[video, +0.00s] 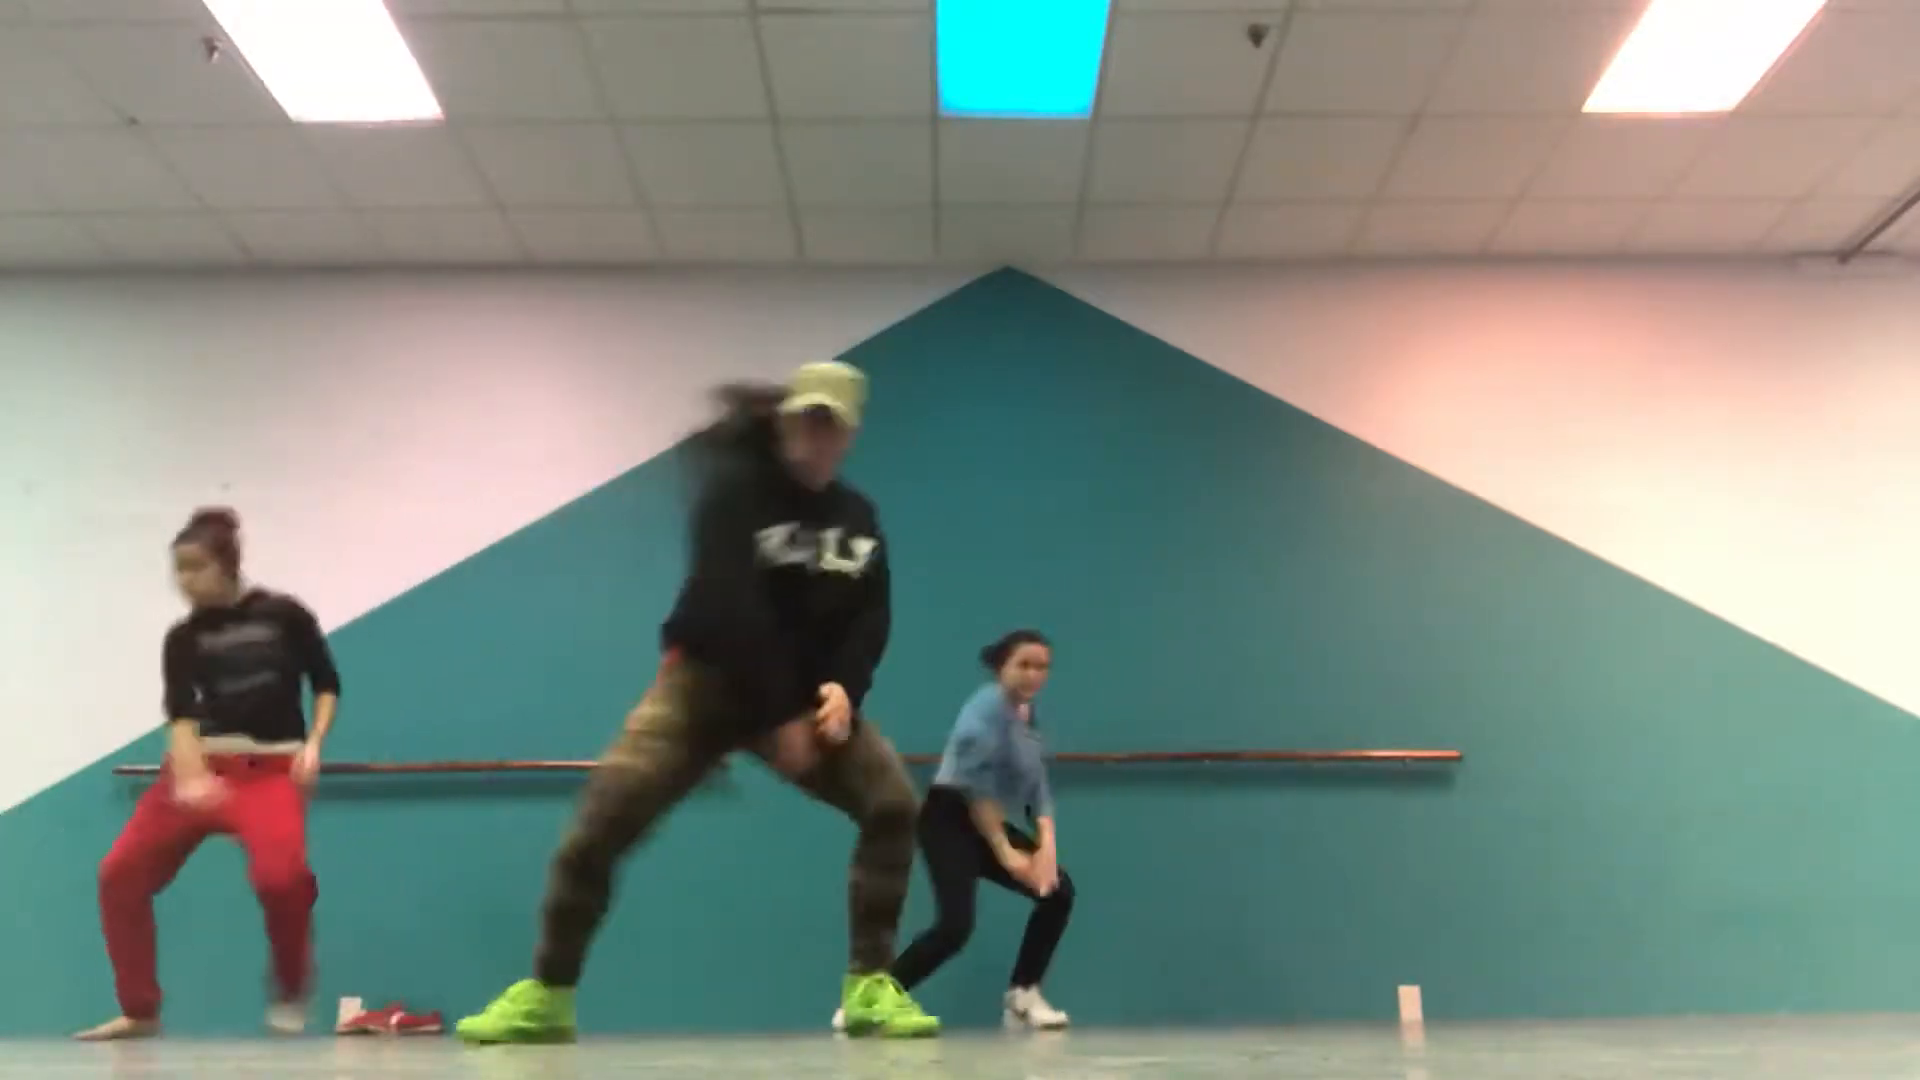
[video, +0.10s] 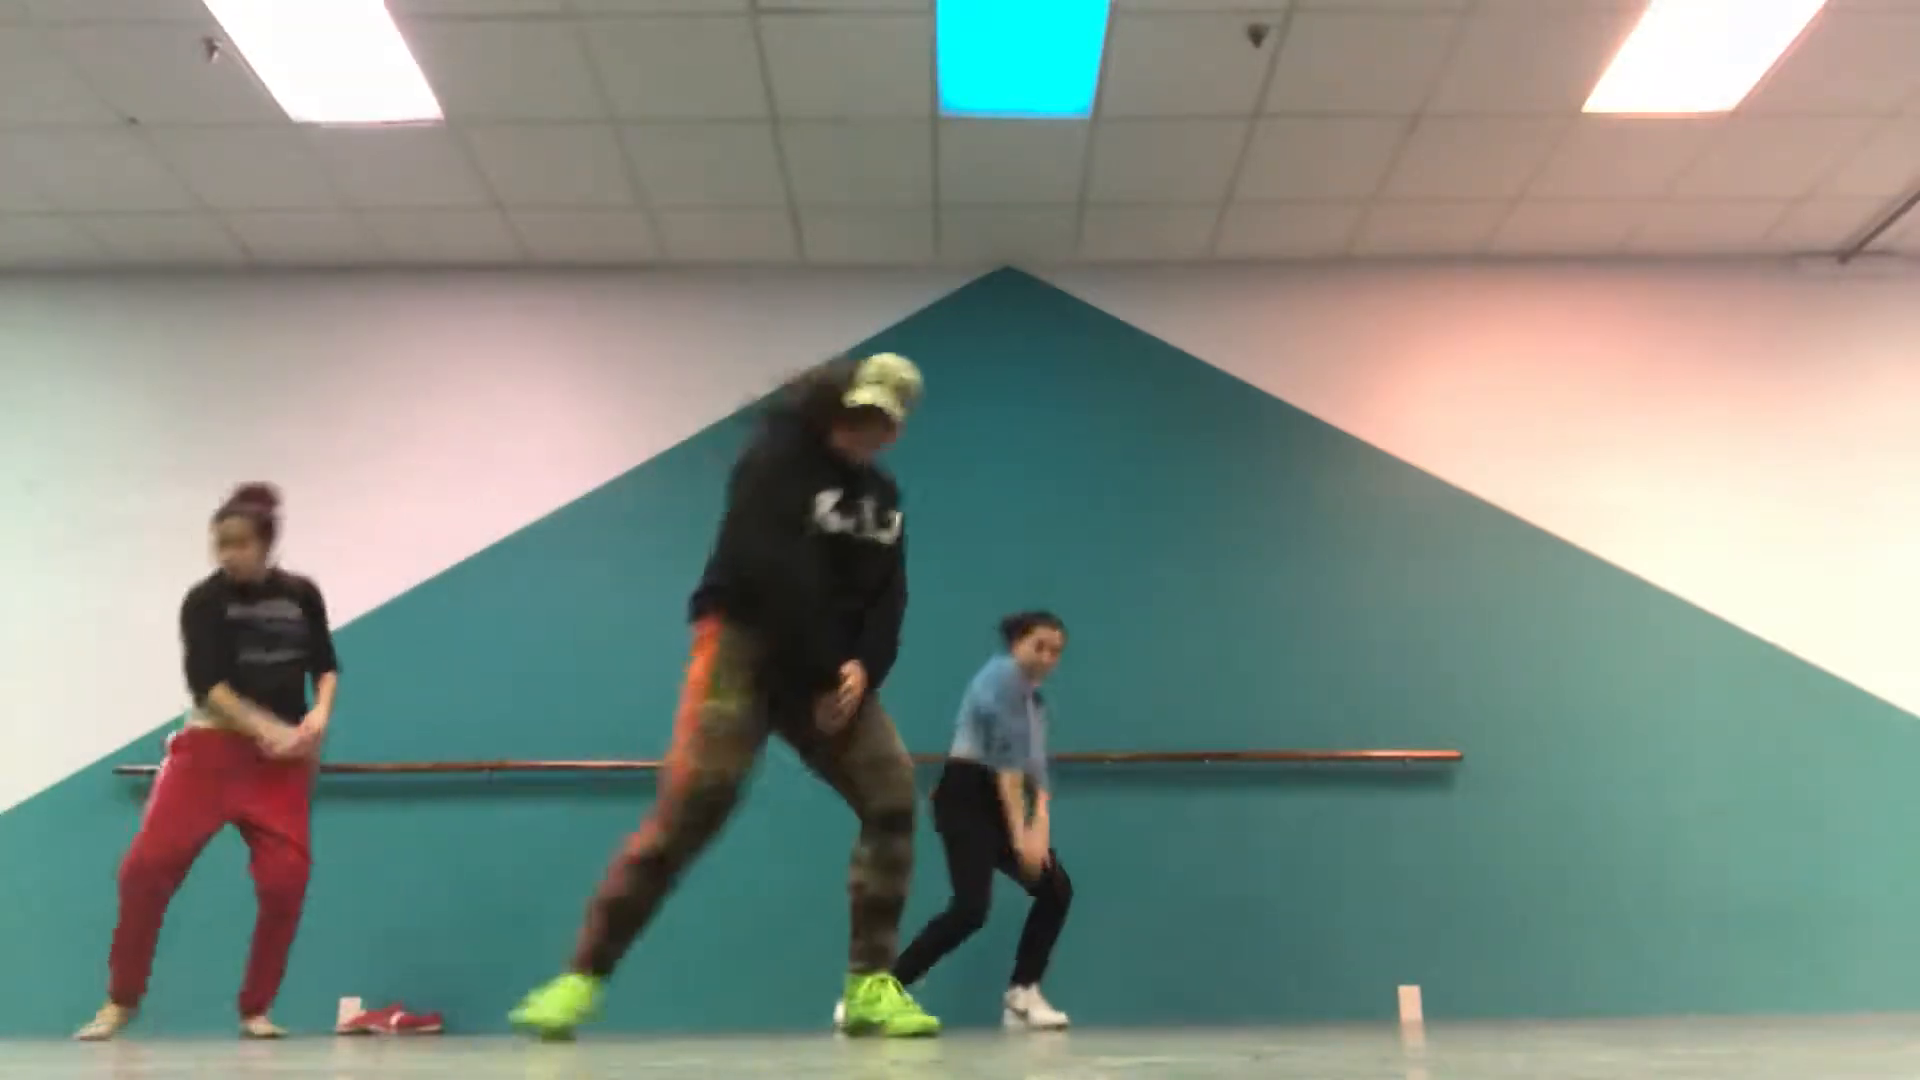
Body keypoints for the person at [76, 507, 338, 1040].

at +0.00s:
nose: (184, 579)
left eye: (194, 566)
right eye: (179, 567)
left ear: (227, 563)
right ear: (178, 570)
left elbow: (327, 684)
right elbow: (181, 716)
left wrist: (313, 745)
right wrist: (189, 775)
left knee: (282, 879)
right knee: (121, 874)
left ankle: (290, 995)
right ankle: (139, 1012)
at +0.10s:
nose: (227, 554)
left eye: (238, 542)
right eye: (221, 543)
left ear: (267, 543)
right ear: (214, 544)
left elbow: (326, 669)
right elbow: (208, 687)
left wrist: (317, 718)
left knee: (286, 882)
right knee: (145, 867)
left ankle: (256, 1011)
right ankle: (122, 1000)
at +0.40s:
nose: (311, 533)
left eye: (311, 525)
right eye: (302, 523)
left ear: (287, 533)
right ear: (268, 528)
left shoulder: (287, 595)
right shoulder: (246, 581)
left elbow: (309, 663)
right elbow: (267, 667)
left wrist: (337, 694)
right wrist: (320, 698)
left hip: (258, 751)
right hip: (215, 744)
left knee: (284, 876)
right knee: (209, 875)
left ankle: (243, 1014)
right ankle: (141, 1014)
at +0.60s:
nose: (326, 535)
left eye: (325, 526)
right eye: (316, 526)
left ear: (296, 532)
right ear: (287, 531)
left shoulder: (293, 591)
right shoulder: (272, 584)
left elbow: (284, 684)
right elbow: (267, 680)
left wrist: (310, 757)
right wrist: (307, 750)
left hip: (279, 741)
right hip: (245, 735)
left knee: (282, 874)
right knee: (238, 867)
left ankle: (204, 1005)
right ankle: (142, 992)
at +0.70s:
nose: (333, 550)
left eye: (333, 540)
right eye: (323, 539)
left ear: (314, 547)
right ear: (291, 545)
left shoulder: (305, 607)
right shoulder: (275, 596)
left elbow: (286, 683)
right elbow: (253, 671)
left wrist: (320, 729)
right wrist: (321, 708)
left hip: (274, 751)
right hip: (252, 747)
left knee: (290, 882)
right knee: (301, 864)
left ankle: (199, 1011)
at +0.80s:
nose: (347, 534)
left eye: (346, 524)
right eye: (338, 523)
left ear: (312, 530)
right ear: (307, 527)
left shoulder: (307, 583)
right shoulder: (292, 576)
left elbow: (296, 663)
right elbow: (289, 649)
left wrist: (337, 697)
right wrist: (351, 673)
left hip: (275, 729)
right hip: (278, 726)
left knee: (272, 884)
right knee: (341, 836)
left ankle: (200, 1006)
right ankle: (206, 862)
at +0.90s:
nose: (362, 519)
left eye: (362, 509)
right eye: (354, 509)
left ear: (332, 513)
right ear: (324, 511)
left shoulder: (327, 567)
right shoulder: (307, 560)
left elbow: (328, 643)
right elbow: (315, 633)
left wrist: (371, 674)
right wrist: (383, 667)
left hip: (279, 704)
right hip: (295, 702)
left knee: (284, 850)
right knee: (354, 815)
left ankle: (221, 984)